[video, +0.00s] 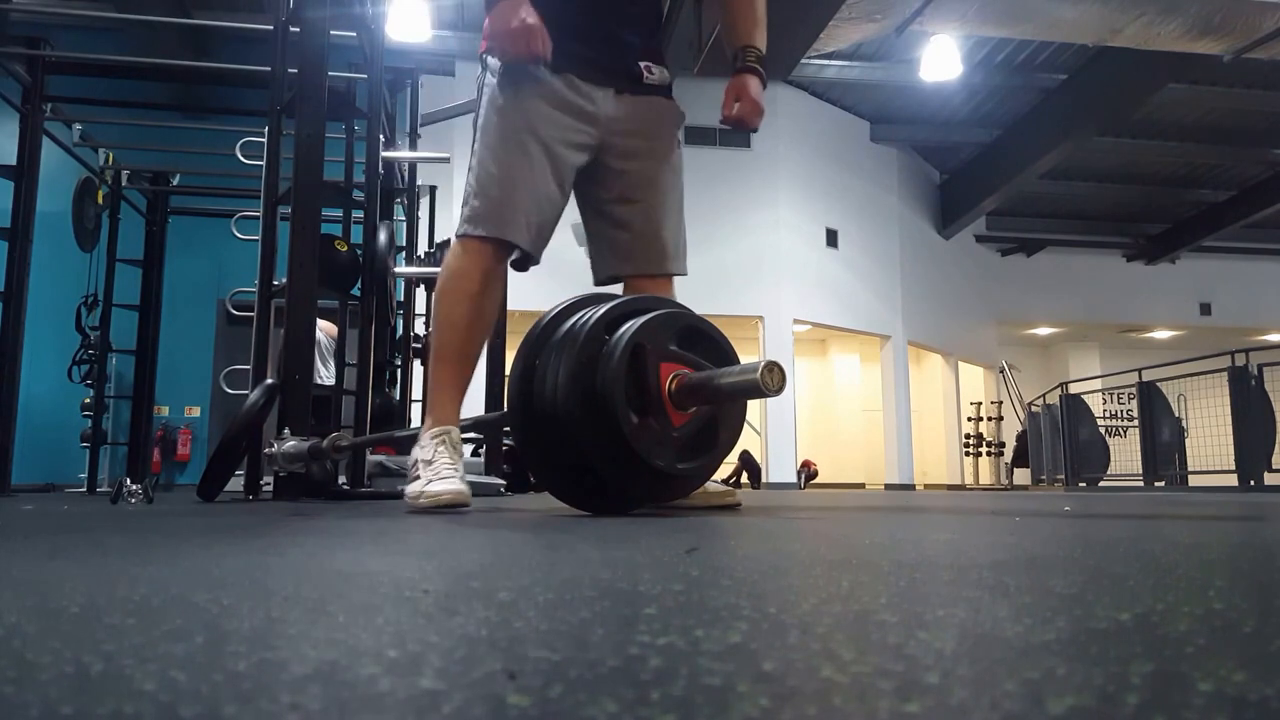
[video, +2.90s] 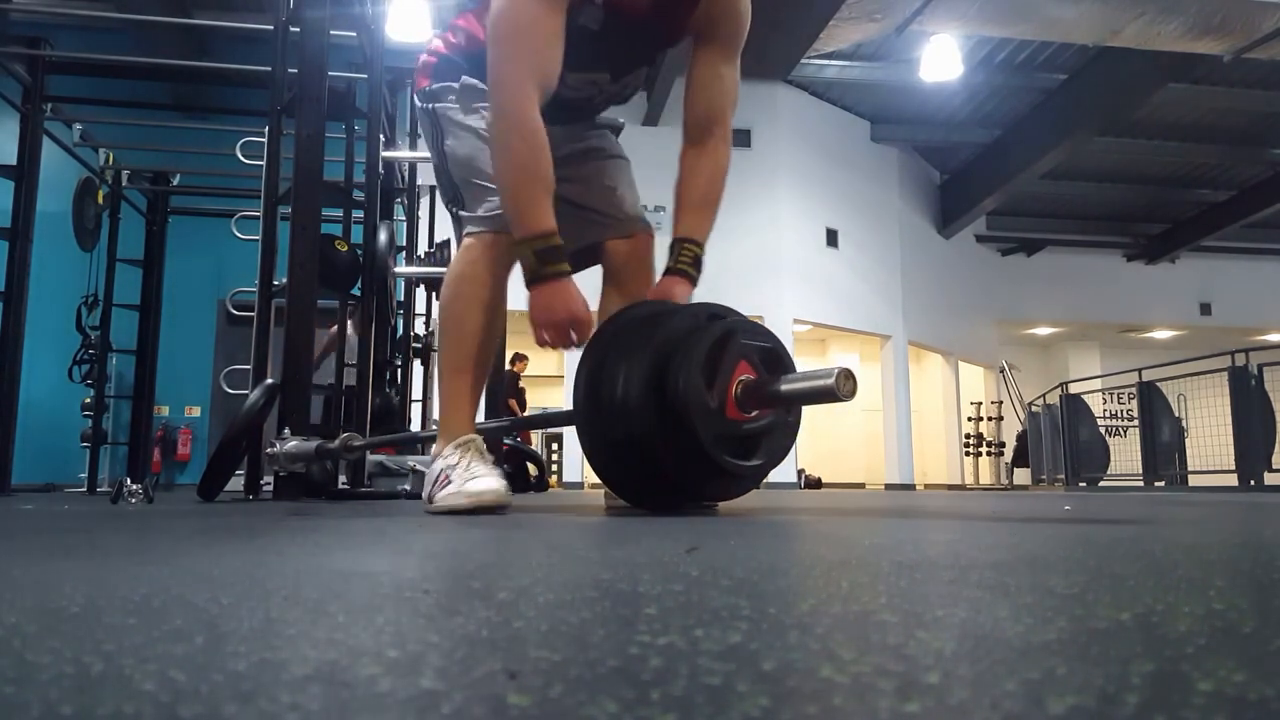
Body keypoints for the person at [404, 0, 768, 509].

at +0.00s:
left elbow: (742, 1)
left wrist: (749, 61)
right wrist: (506, 1)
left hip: (643, 81)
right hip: (542, 62)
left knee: (651, 270)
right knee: (487, 237)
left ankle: (666, 461)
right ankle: (439, 439)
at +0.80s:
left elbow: (717, 4)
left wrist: (686, 108)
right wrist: (498, 69)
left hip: (605, 75)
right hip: (495, 58)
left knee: (633, 242)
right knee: (482, 219)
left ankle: (652, 455)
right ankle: (443, 440)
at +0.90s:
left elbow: (714, 26)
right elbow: (485, 4)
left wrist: (689, 140)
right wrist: (513, 124)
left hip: (586, 84)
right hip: (476, 64)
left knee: (631, 240)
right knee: (465, 232)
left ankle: (648, 459)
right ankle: (438, 452)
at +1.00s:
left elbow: (702, 54)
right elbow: (502, 34)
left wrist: (681, 167)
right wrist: (524, 195)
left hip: (566, 84)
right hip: (463, 65)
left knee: (627, 232)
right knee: (463, 223)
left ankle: (648, 456)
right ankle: (437, 453)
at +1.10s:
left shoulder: (700, 3)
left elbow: (680, 86)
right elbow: (518, 94)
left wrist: (659, 186)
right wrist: (538, 270)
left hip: (565, 99)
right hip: (460, 77)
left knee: (631, 235)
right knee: (468, 208)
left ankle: (646, 454)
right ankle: (438, 452)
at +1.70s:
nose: (722, 7)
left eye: (732, 3)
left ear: (740, 3)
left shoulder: (729, 29)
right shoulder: (558, 11)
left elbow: (672, 155)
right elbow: (533, 174)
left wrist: (635, 215)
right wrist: (558, 325)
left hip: (579, 122)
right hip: (471, 97)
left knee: (650, 238)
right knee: (490, 208)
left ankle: (647, 454)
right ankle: (439, 453)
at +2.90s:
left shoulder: (723, 5)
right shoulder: (535, 2)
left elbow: (707, 135)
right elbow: (516, 100)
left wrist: (684, 268)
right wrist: (547, 270)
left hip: (576, 107)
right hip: (473, 76)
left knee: (631, 241)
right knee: (496, 225)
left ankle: (630, 463)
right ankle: (456, 449)